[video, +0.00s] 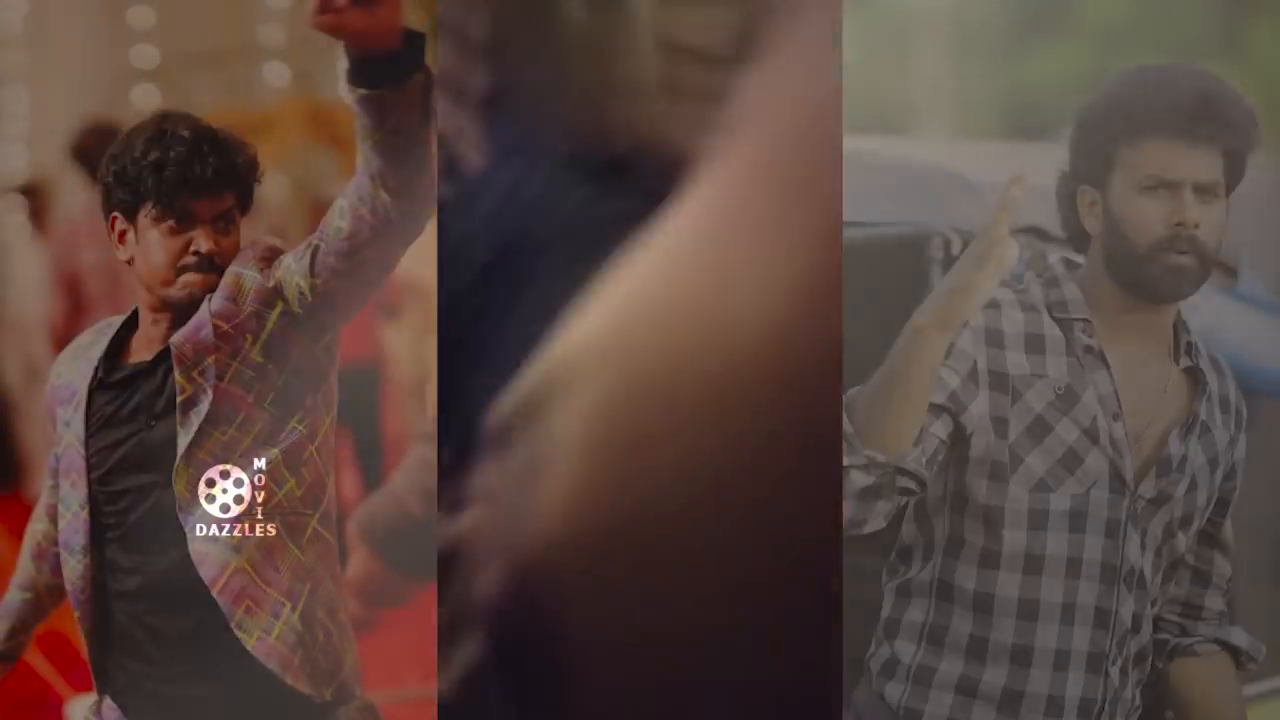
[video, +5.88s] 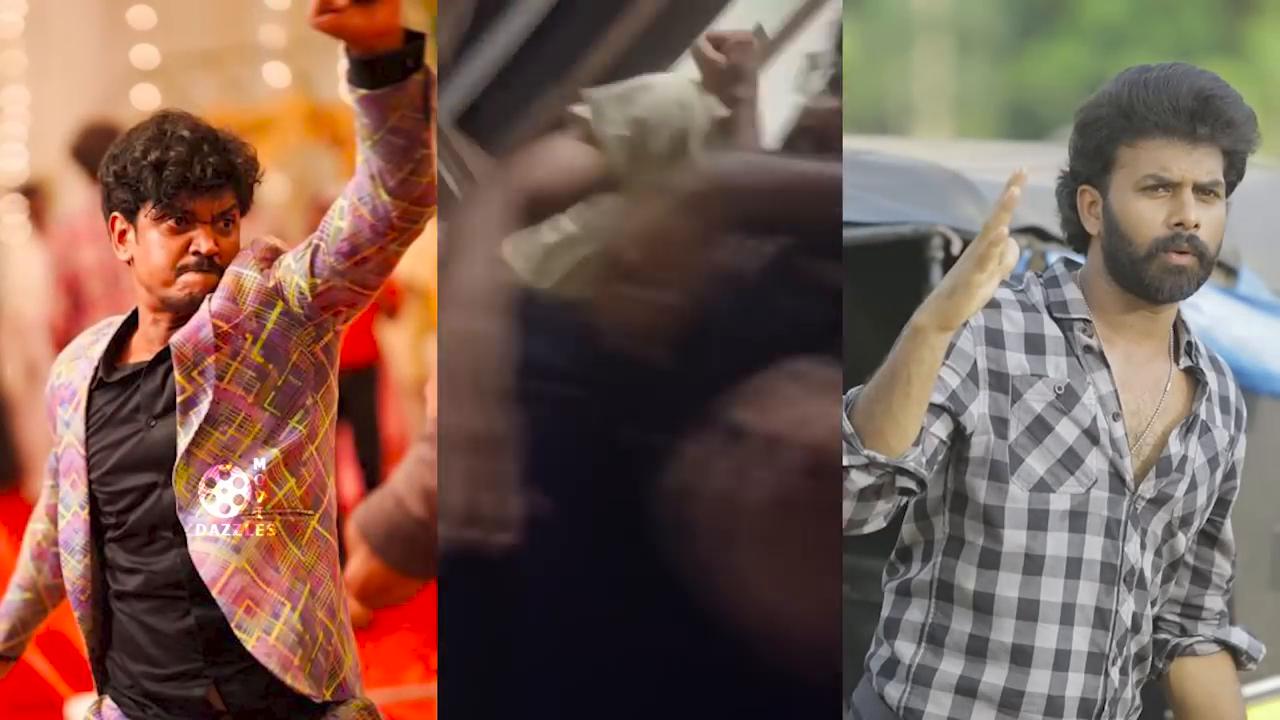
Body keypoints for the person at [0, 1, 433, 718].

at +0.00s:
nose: (205, 245)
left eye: (223, 223)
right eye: (178, 222)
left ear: (243, 230)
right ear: (122, 236)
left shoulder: (283, 315)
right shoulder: (76, 371)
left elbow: (393, 198)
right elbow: (56, 525)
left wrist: (380, 52)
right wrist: (7, 637)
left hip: (284, 698)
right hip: (136, 702)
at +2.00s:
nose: (206, 245)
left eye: (224, 222)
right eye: (179, 222)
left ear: (243, 230)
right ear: (122, 237)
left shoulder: (287, 312)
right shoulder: (76, 373)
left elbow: (393, 201)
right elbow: (56, 524)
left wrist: (380, 53)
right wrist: (8, 633)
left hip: (291, 700)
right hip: (140, 705)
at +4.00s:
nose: (206, 245)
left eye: (224, 223)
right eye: (179, 222)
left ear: (243, 230)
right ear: (122, 237)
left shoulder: (288, 312)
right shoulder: (76, 373)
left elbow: (395, 199)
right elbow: (56, 524)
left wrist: (380, 52)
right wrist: (8, 633)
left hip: (291, 700)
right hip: (140, 705)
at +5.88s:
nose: (206, 245)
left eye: (223, 222)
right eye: (179, 222)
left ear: (242, 230)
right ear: (123, 236)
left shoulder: (286, 313)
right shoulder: (76, 373)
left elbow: (393, 201)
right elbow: (56, 524)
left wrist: (380, 52)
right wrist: (8, 634)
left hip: (290, 700)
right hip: (139, 705)